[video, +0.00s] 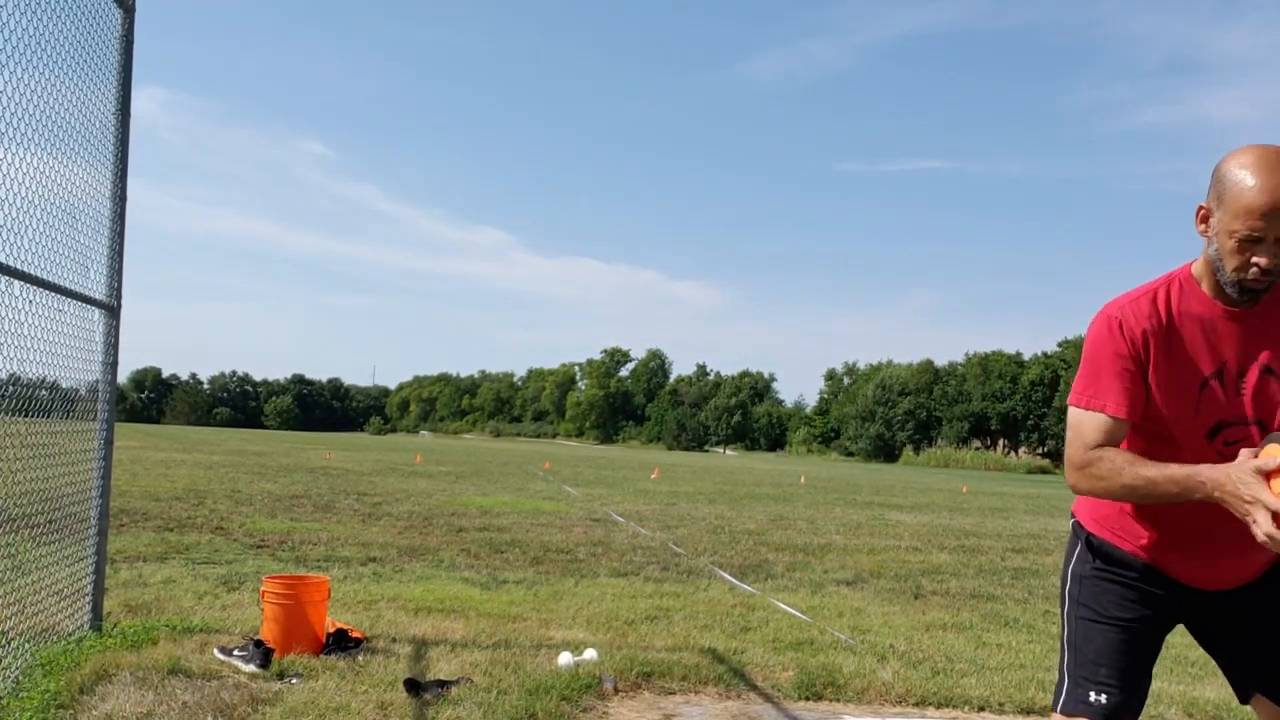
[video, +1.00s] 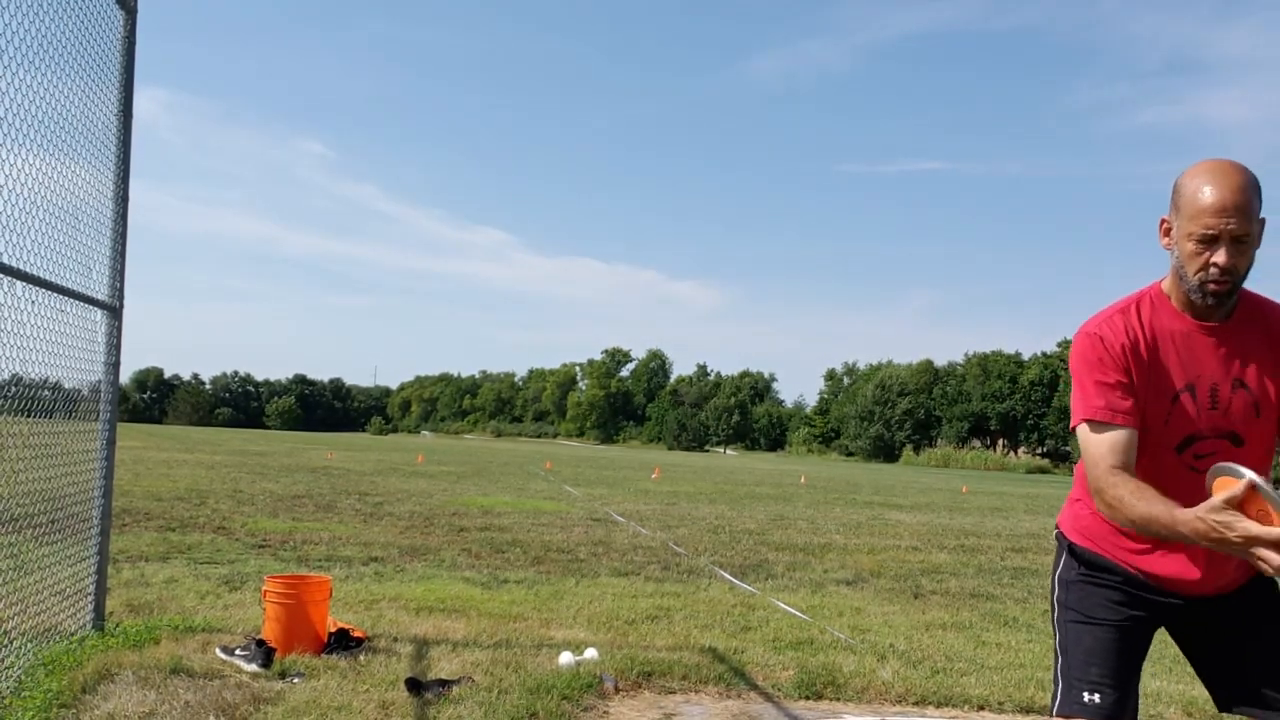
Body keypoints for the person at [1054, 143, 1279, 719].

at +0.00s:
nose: (1266, 261)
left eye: (1278, 243)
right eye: (1249, 242)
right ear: (1205, 222)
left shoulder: (1278, 317)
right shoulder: (1130, 324)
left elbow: (1275, 428)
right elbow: (1085, 466)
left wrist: (1275, 458)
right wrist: (1214, 481)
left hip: (1251, 563)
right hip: (1126, 557)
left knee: (1279, 703)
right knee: (1088, 713)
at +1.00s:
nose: (1223, 259)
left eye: (1239, 241)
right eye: (1206, 240)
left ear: (1260, 238)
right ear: (1167, 233)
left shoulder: (1274, 332)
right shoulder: (1111, 337)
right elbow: (1109, 484)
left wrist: (1268, 529)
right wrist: (1193, 526)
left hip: (1234, 570)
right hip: (1111, 565)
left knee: (1274, 704)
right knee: (1090, 711)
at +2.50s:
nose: (1207, 250)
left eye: (1224, 232)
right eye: (1189, 232)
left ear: (1242, 231)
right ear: (1151, 230)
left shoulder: (1268, 334)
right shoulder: (1094, 337)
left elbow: (1274, 484)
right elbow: (1065, 467)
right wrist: (1057, 571)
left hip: (1234, 579)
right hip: (1118, 572)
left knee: (1257, 708)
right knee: (1088, 709)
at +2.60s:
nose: (1212, 251)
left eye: (1228, 233)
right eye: (1195, 233)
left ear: (1247, 233)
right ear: (1155, 229)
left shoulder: (1268, 336)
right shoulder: (1095, 338)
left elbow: (1276, 481)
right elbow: (1060, 476)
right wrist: (1028, 601)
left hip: (1237, 577)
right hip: (1116, 572)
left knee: (1260, 707)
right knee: (1091, 708)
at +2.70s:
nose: (1219, 248)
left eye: (1236, 230)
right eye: (1201, 229)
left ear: (1253, 230)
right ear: (1160, 227)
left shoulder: (1270, 333)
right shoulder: (1100, 338)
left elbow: (1274, 473)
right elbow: (1053, 479)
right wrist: (1004, 598)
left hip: (1240, 577)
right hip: (1117, 573)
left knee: (1261, 707)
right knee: (1096, 707)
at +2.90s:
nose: (1225, 247)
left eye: (1241, 228)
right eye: (1206, 228)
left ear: (1260, 228)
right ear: (1166, 226)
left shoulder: (1274, 325)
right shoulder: (1101, 334)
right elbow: (1051, 439)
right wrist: (997, 517)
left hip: (1243, 568)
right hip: (1118, 562)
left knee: (1259, 708)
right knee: (1093, 710)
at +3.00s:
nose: (1224, 249)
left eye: (1241, 230)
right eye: (1206, 230)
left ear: (1260, 231)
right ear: (1165, 228)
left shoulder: (1275, 328)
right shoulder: (1097, 336)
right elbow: (1051, 434)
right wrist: (1002, 501)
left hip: (1244, 573)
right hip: (1117, 567)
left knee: (1261, 706)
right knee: (1094, 710)